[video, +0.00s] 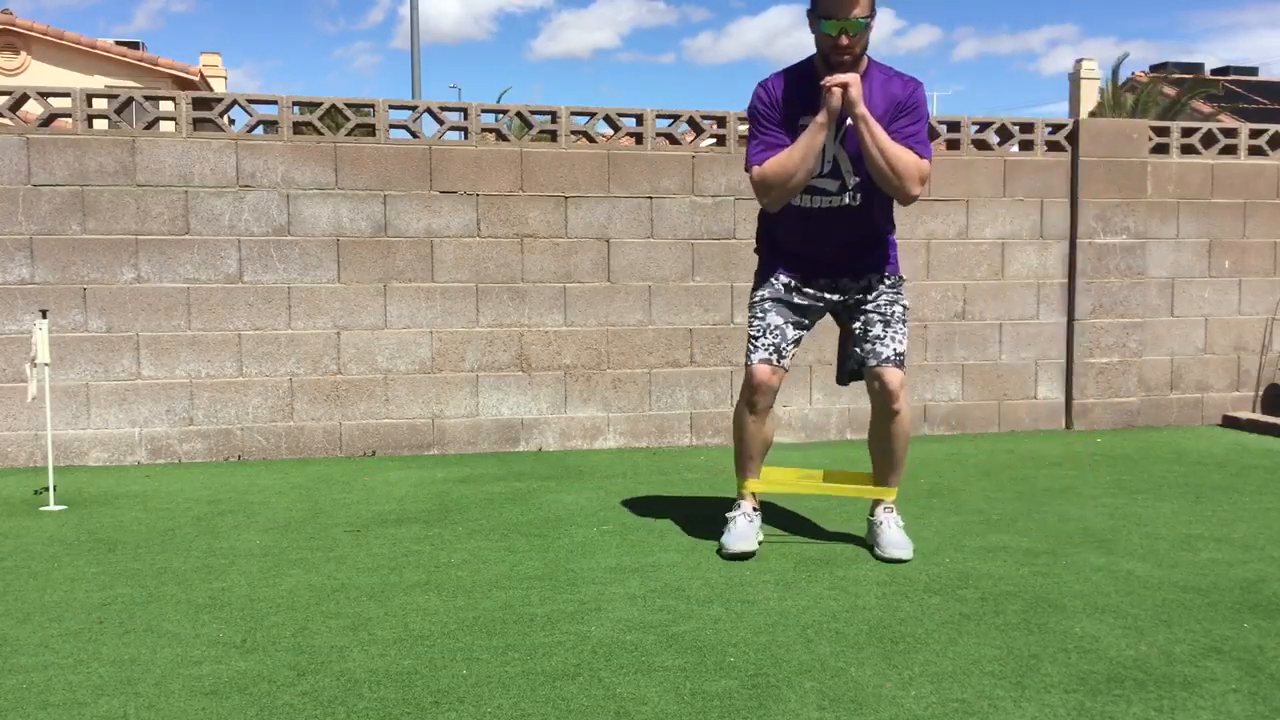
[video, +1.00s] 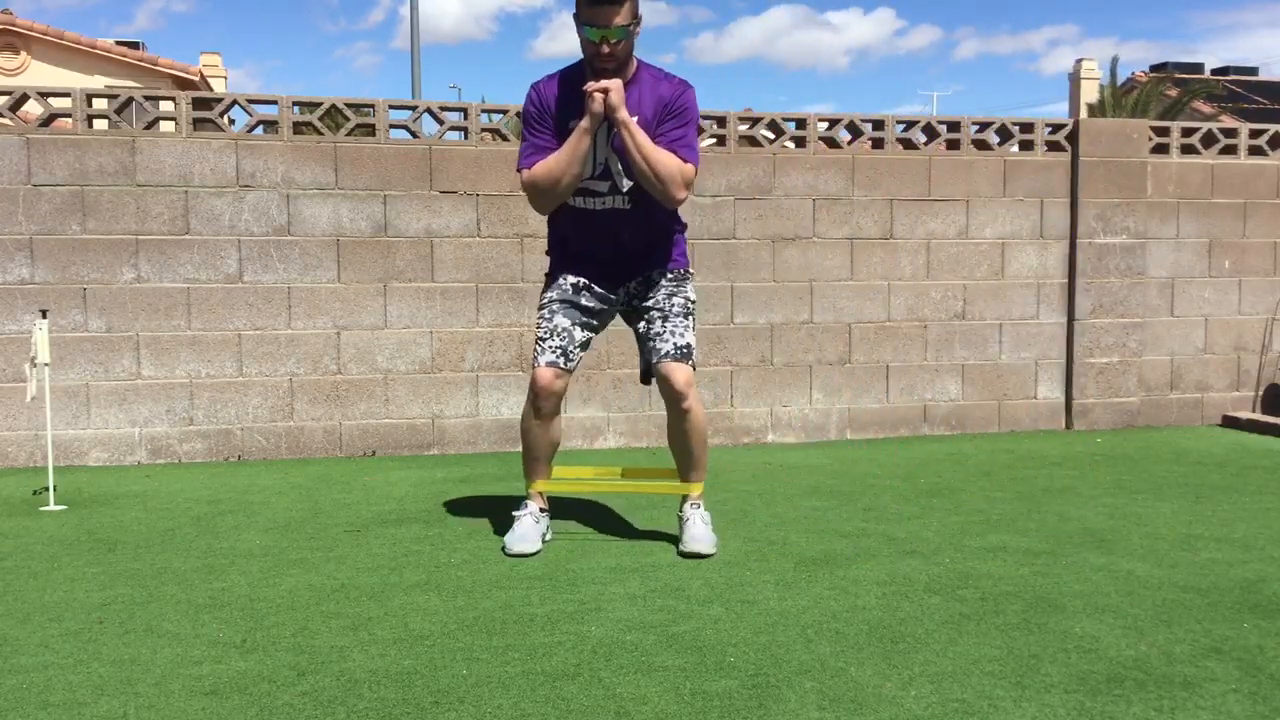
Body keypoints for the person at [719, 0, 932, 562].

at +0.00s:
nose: (843, 37)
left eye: (856, 26)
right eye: (830, 25)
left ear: (872, 23)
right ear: (812, 24)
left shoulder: (903, 92)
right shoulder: (775, 93)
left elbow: (911, 186)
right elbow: (770, 191)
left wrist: (859, 111)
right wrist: (827, 117)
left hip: (870, 267)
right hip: (789, 265)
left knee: (890, 384)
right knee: (760, 379)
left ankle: (885, 509)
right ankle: (745, 506)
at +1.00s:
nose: (604, 46)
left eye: (616, 34)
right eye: (592, 33)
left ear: (637, 24)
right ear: (577, 24)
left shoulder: (672, 94)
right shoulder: (548, 95)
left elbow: (676, 190)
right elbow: (541, 198)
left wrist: (622, 118)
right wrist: (589, 123)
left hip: (657, 265)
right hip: (578, 266)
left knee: (678, 382)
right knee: (544, 384)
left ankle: (694, 505)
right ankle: (534, 505)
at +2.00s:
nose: (365, 39)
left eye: (378, 28)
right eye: (355, 28)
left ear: (404, 20)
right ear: (343, 22)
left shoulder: (445, 89)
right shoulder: (321, 84)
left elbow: (444, 182)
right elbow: (305, 183)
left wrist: (385, 110)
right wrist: (352, 116)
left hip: (440, 253)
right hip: (363, 256)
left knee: (451, 364)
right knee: (330, 381)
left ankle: (487, 492)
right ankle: (329, 508)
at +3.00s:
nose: (542, 39)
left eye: (554, 27)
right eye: (531, 28)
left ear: (578, 20)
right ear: (519, 23)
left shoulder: (623, 85)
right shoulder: (502, 94)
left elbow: (630, 172)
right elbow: (501, 195)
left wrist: (566, 106)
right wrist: (538, 115)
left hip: (612, 261)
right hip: (532, 257)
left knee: (638, 383)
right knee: (461, 366)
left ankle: (667, 508)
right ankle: (426, 481)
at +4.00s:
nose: (736, 65)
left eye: (747, 52)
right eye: (723, 53)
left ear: (768, 42)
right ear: (708, 46)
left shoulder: (811, 107)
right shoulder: (692, 119)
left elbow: (824, 194)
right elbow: (684, 217)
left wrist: (758, 134)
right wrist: (727, 141)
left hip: (799, 285)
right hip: (713, 282)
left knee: (843, 406)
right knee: (631, 385)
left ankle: (881, 514)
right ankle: (553, 497)